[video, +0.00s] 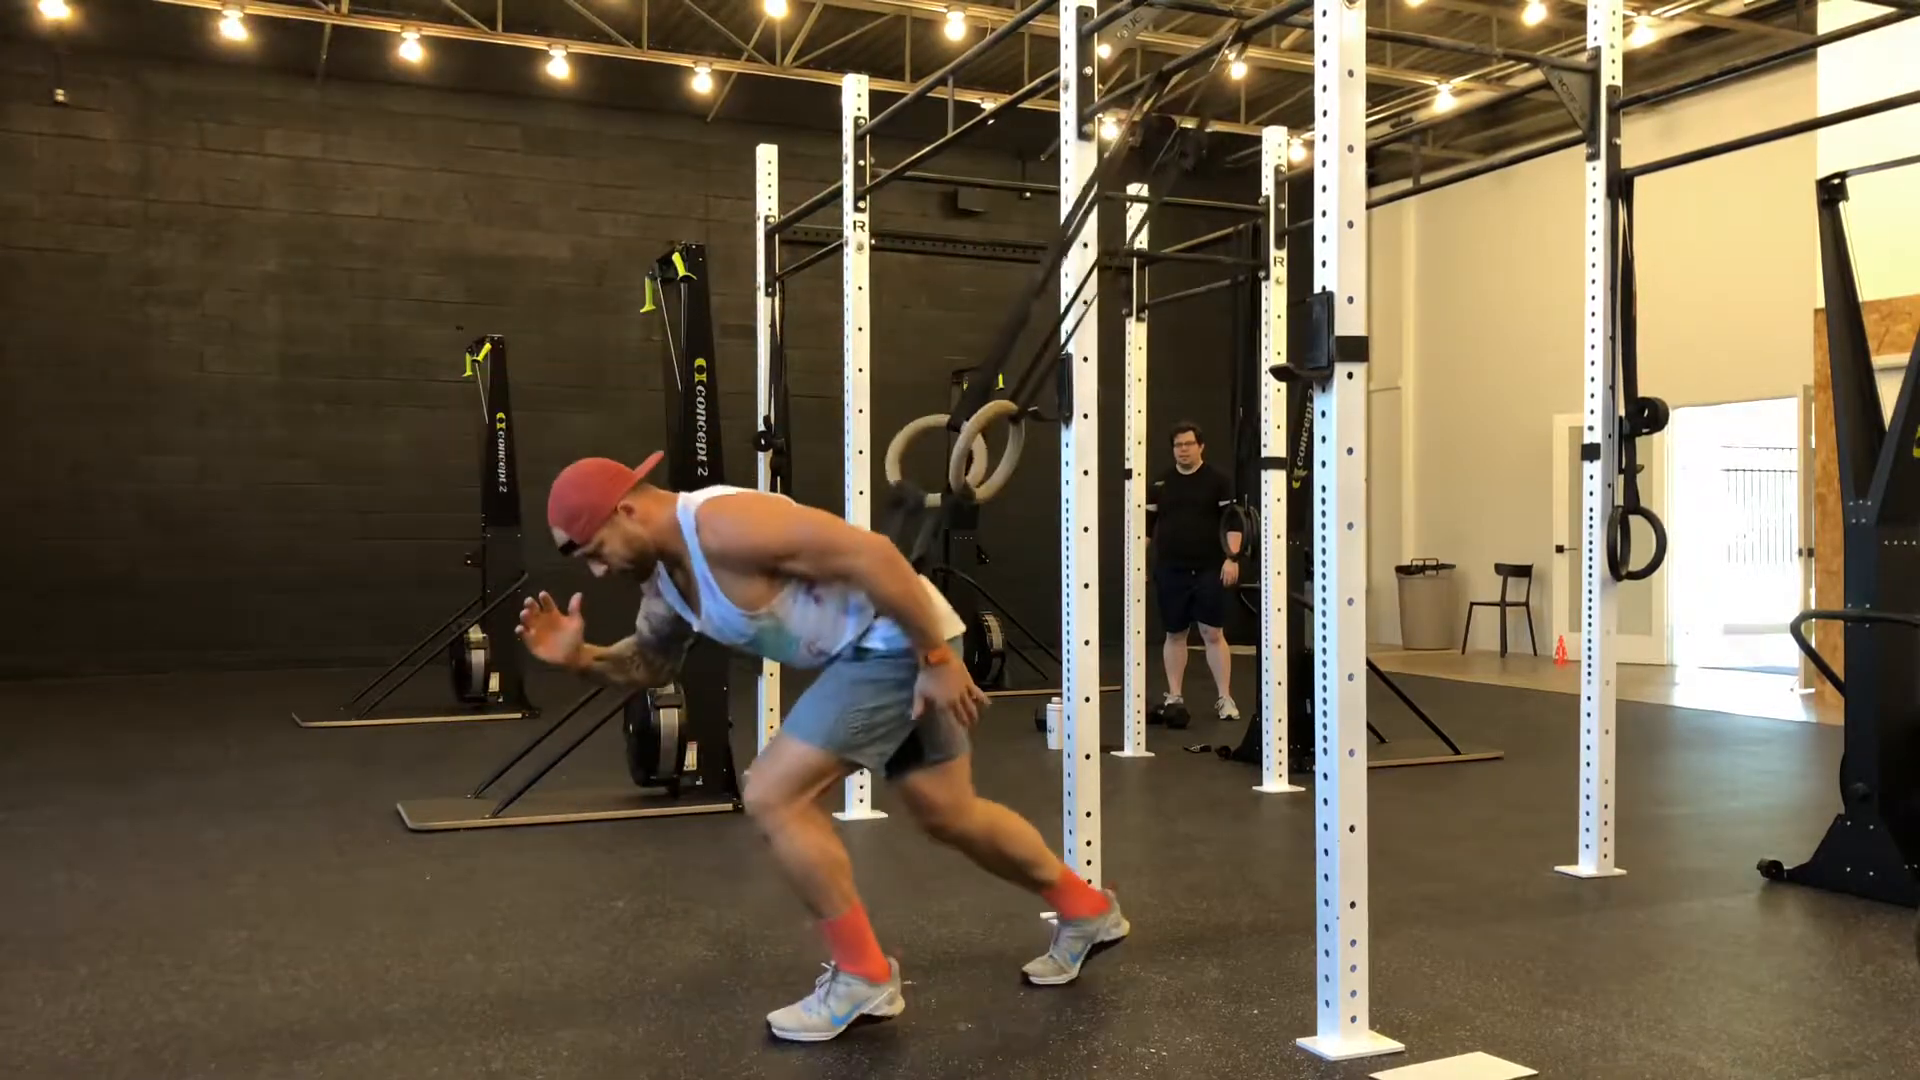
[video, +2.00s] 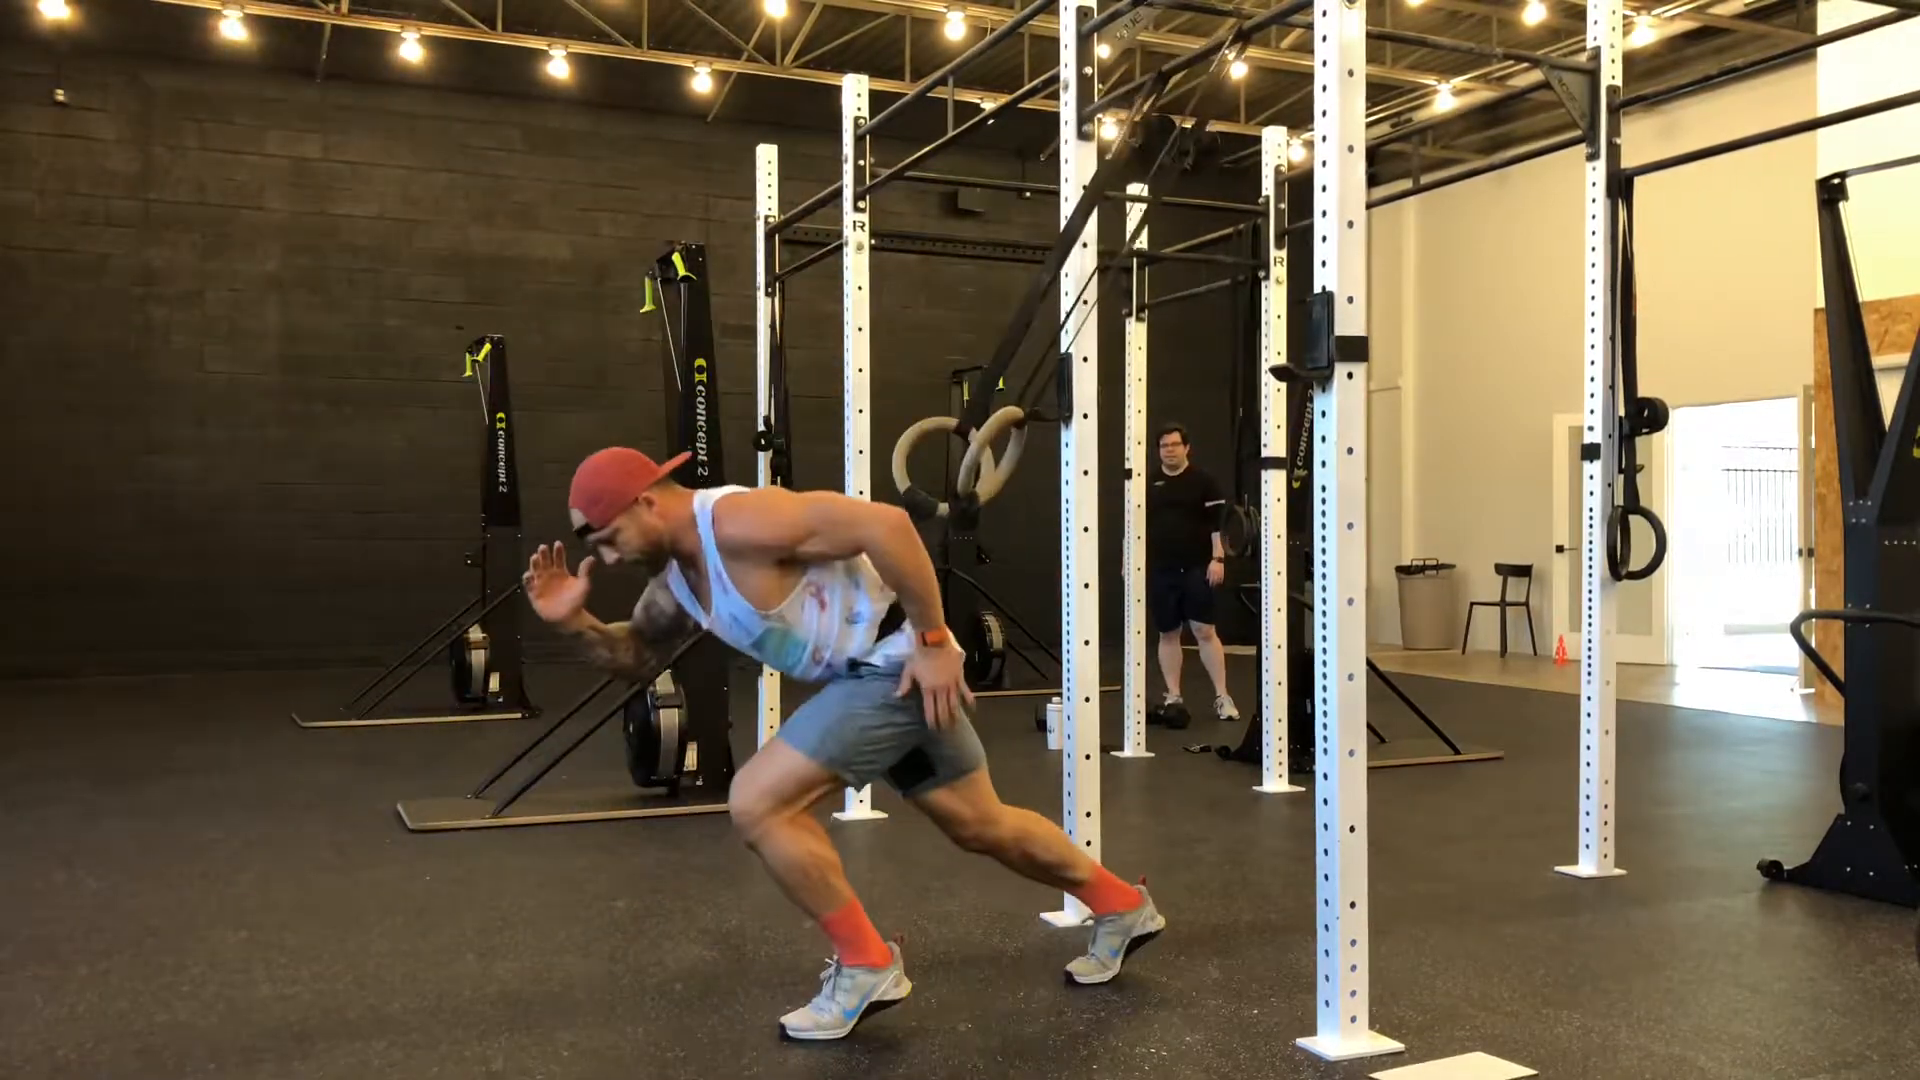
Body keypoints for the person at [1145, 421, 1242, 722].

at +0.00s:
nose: (1182, 450)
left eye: (1188, 444)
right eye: (1178, 445)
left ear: (1201, 447)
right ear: (1172, 449)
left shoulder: (1217, 480)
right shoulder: (1162, 483)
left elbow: (1233, 521)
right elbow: (1148, 527)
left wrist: (1232, 558)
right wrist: (1141, 563)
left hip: (1209, 570)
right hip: (1171, 570)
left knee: (1213, 634)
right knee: (1175, 634)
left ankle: (1224, 698)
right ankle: (1174, 696)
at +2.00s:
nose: (1169, 451)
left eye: (1174, 445)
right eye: (1164, 446)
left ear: (1186, 449)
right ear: (1158, 450)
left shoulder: (1203, 483)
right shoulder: (1147, 486)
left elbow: (1217, 525)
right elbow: (1134, 527)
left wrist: (1217, 559)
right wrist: (1130, 560)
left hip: (1196, 569)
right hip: (1160, 570)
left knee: (1204, 631)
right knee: (1168, 633)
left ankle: (1222, 697)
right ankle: (1173, 696)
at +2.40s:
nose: (1170, 451)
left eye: (1176, 445)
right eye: (1165, 446)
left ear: (1188, 449)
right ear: (1159, 450)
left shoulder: (1204, 482)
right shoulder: (1147, 485)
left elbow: (1217, 525)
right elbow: (1133, 525)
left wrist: (1218, 558)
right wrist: (1128, 557)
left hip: (1197, 569)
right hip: (1160, 570)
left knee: (1207, 631)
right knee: (1167, 634)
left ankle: (1224, 695)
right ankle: (1172, 696)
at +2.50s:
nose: (1174, 451)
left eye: (1179, 445)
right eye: (1168, 446)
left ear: (1191, 448)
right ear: (1162, 450)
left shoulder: (1205, 482)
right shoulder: (1149, 484)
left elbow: (1219, 524)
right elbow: (1133, 524)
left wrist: (1219, 558)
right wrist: (1127, 556)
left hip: (1198, 569)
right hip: (1161, 569)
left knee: (1209, 631)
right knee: (1168, 634)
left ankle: (1226, 693)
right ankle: (1172, 695)